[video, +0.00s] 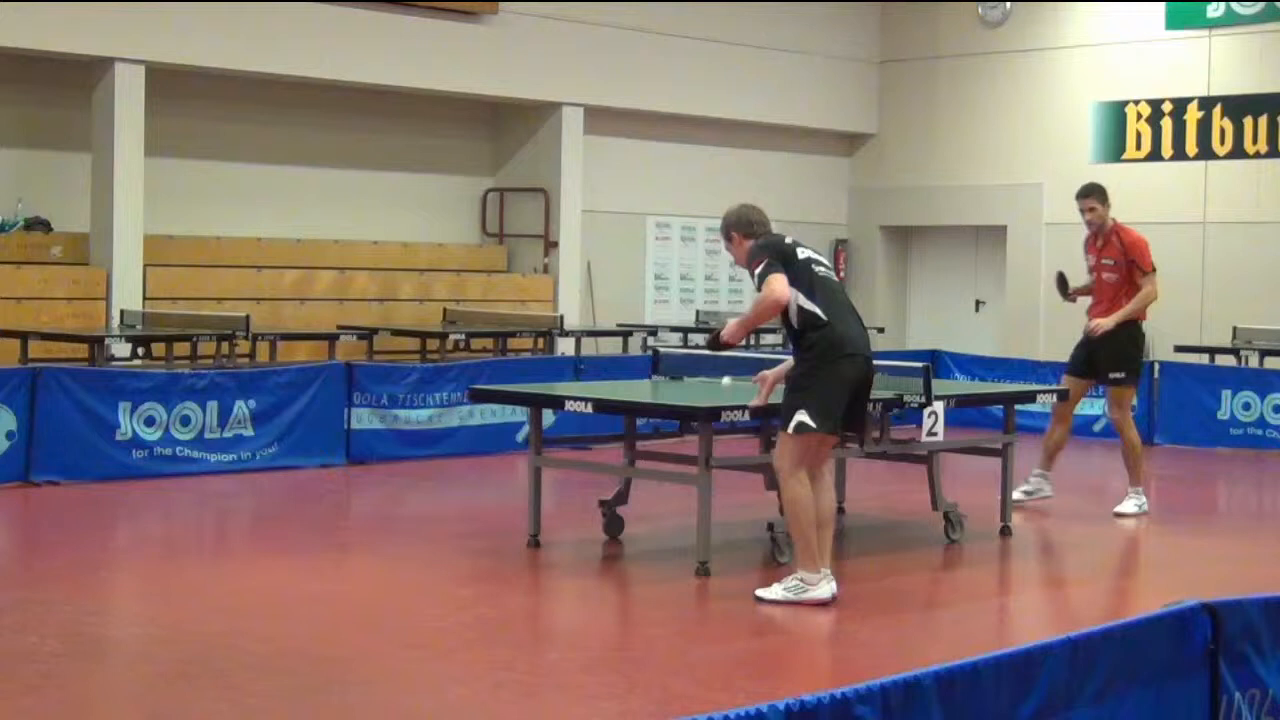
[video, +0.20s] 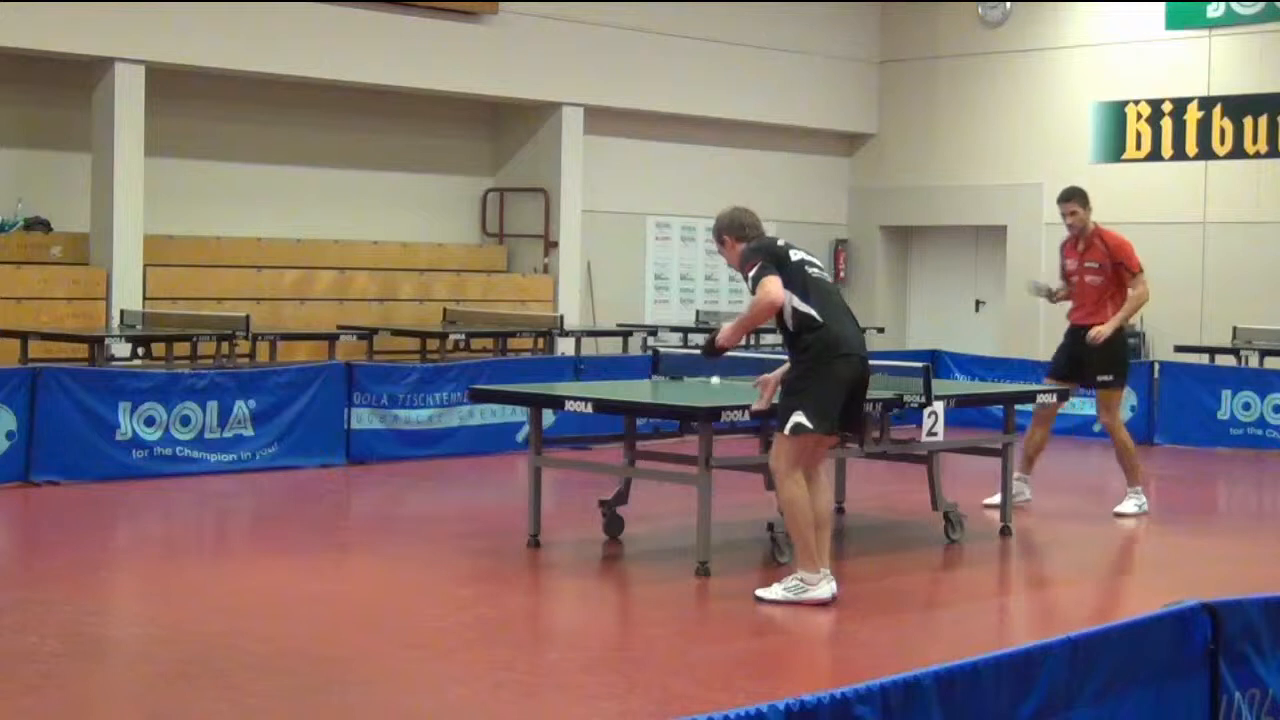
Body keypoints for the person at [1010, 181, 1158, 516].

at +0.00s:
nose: (1088, 217)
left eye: (1092, 210)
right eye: (1083, 212)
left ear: (1108, 207)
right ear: (1080, 213)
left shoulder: (1131, 241)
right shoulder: (1091, 241)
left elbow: (1151, 291)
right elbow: (1101, 281)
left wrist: (1112, 319)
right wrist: (1076, 292)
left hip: (1124, 333)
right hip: (1094, 330)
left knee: (1120, 414)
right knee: (1064, 404)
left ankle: (1137, 494)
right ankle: (1041, 479)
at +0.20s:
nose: (1069, 221)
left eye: (1073, 214)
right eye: (1064, 216)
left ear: (1089, 210)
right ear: (1062, 217)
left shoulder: (1114, 244)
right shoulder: (1068, 246)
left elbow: (1141, 291)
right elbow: (1071, 288)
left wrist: (1112, 325)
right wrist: (1055, 295)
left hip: (1109, 336)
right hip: (1077, 335)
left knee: (1110, 418)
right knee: (1045, 407)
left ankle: (1137, 494)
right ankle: (1021, 483)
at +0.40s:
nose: (1046, 221)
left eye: (1051, 214)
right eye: (1040, 216)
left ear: (1062, 211)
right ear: (1034, 218)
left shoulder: (1089, 243)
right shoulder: (1033, 250)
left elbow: (1118, 287)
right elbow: (1024, 297)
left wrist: (1104, 323)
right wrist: (1026, 292)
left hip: (1089, 333)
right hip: (1055, 336)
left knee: (1094, 410)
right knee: (1025, 409)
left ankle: (1130, 478)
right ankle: (1019, 486)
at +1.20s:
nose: (1023, 252)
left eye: (1028, 244)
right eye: (1019, 246)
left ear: (1044, 242)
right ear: (1016, 248)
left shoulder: (1073, 265)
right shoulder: (1022, 274)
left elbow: (1113, 306)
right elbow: (1025, 321)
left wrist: (1074, 327)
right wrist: (1014, 315)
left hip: (1094, 349)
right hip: (1057, 352)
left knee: (1099, 416)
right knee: (1017, 415)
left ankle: (1136, 496)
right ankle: (1013, 488)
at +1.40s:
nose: (1016, 300)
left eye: (1021, 292)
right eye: (1012, 294)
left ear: (1037, 291)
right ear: (1010, 295)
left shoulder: (1069, 308)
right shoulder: (1021, 317)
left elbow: (1111, 351)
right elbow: (1022, 363)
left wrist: (1061, 365)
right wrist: (1009, 349)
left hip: (1107, 375)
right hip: (1072, 379)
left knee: (1101, 429)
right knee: (1019, 417)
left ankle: (1146, 505)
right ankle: (1012, 489)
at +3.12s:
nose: (999, 282)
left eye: (1005, 276)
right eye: (995, 277)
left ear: (1022, 276)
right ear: (993, 279)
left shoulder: (1051, 299)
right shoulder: (1001, 307)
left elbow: (1100, 329)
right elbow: (992, 355)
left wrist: (1063, 362)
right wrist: (980, 348)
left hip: (1084, 370)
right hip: (1046, 371)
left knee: (1086, 434)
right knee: (984, 416)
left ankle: (1143, 504)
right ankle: (973, 484)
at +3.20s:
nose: (986, 282)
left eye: (992, 275)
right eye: (983, 277)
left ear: (1009, 275)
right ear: (983, 280)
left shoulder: (1039, 300)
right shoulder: (990, 310)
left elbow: (1078, 345)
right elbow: (979, 353)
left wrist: (1033, 365)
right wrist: (958, 352)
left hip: (1074, 372)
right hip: (1040, 376)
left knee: (1083, 432)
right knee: (977, 424)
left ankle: (1139, 500)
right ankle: (938, 484)